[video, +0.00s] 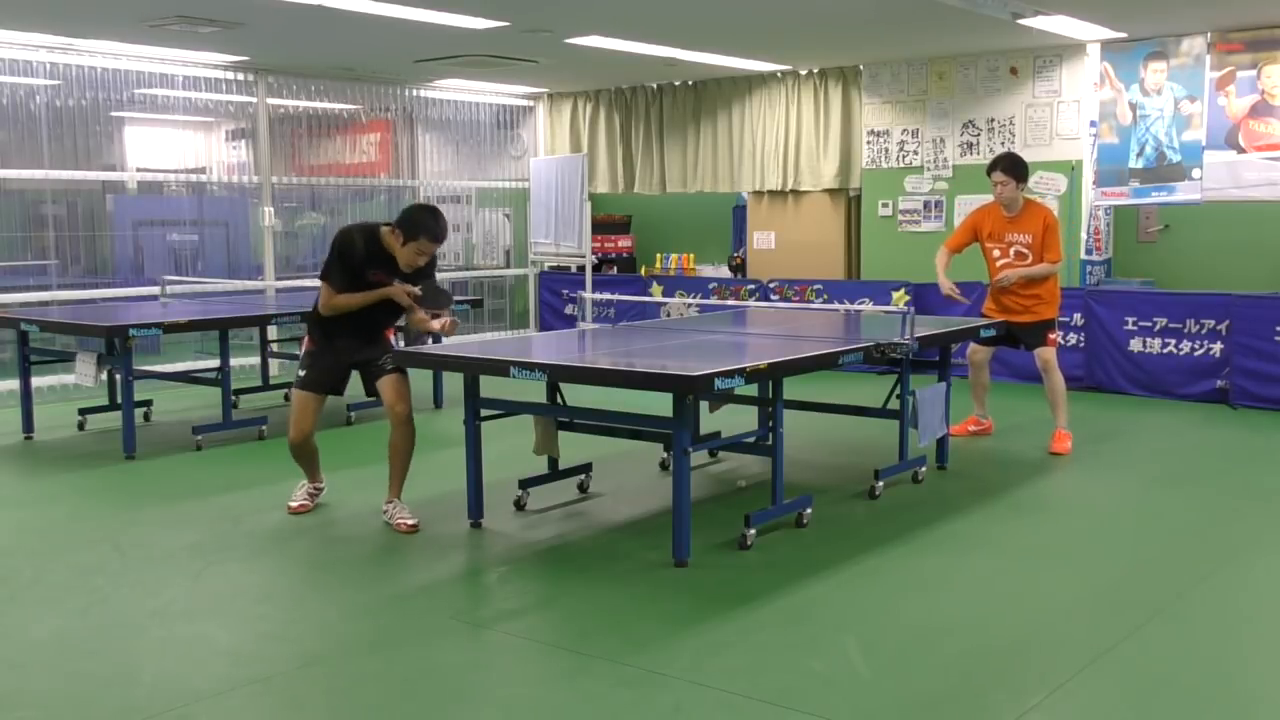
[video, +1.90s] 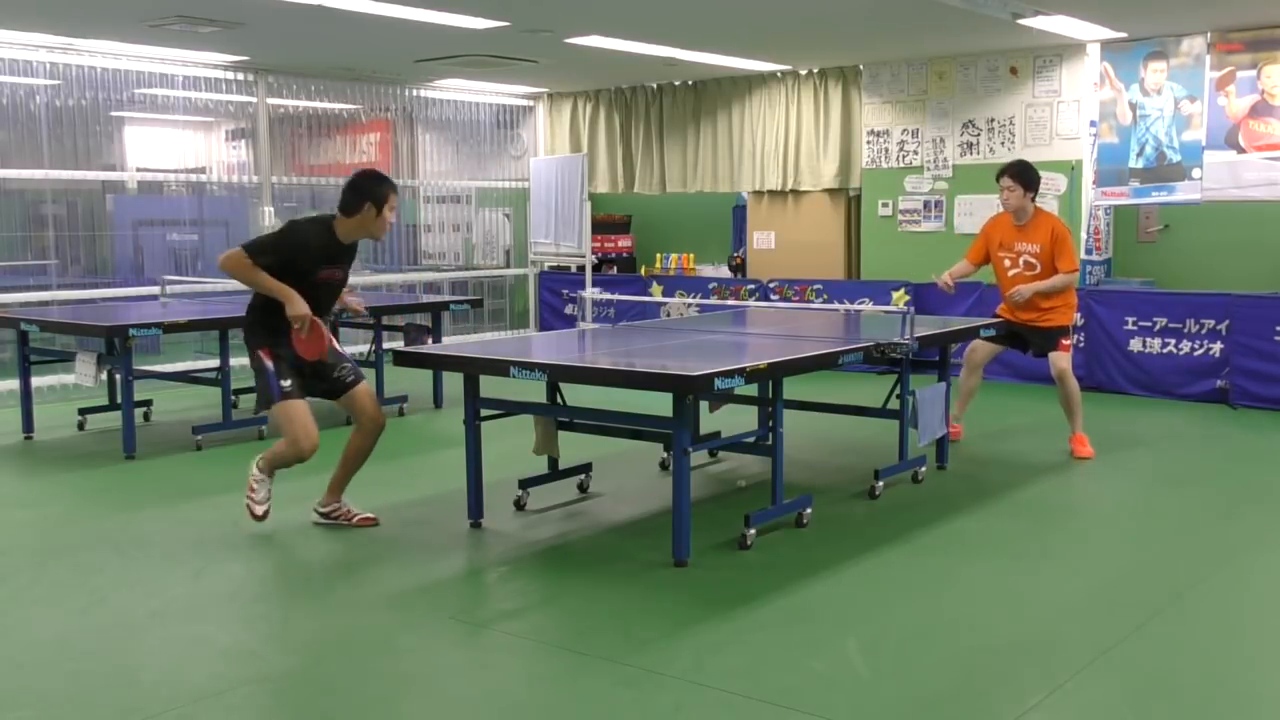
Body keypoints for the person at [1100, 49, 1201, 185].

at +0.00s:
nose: (1158, 77)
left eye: (1162, 72)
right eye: (1154, 71)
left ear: (1167, 73)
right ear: (1143, 72)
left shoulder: (1173, 89)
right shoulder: (1135, 91)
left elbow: (1198, 106)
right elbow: (1125, 121)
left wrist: (1191, 107)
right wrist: (1120, 95)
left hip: (1171, 161)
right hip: (1141, 163)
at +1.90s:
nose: (1158, 77)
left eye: (1162, 71)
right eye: (1154, 71)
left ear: (1167, 73)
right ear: (1143, 72)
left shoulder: (1173, 89)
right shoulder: (1135, 91)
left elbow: (1198, 105)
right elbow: (1125, 120)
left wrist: (1191, 107)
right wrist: (1120, 95)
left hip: (1171, 161)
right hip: (1141, 164)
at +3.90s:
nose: (1158, 77)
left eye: (1162, 71)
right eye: (1154, 71)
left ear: (1167, 72)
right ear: (1143, 71)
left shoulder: (1172, 89)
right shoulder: (1134, 91)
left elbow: (1198, 105)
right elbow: (1125, 120)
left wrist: (1191, 106)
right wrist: (1120, 94)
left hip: (1171, 160)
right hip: (1141, 163)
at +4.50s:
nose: (1158, 76)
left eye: (1162, 71)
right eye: (1154, 71)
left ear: (1167, 72)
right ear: (1143, 71)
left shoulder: (1173, 89)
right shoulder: (1134, 90)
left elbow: (1199, 105)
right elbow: (1125, 120)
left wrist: (1191, 106)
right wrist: (1120, 93)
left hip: (1171, 159)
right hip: (1141, 162)